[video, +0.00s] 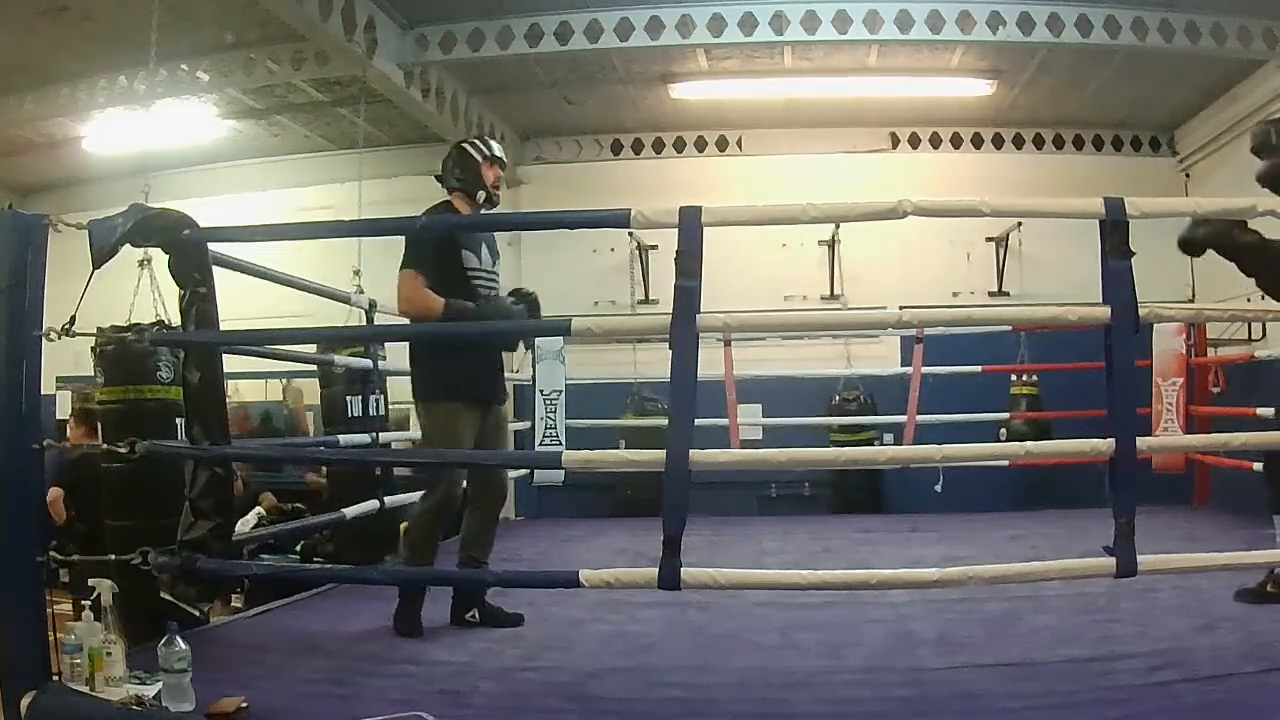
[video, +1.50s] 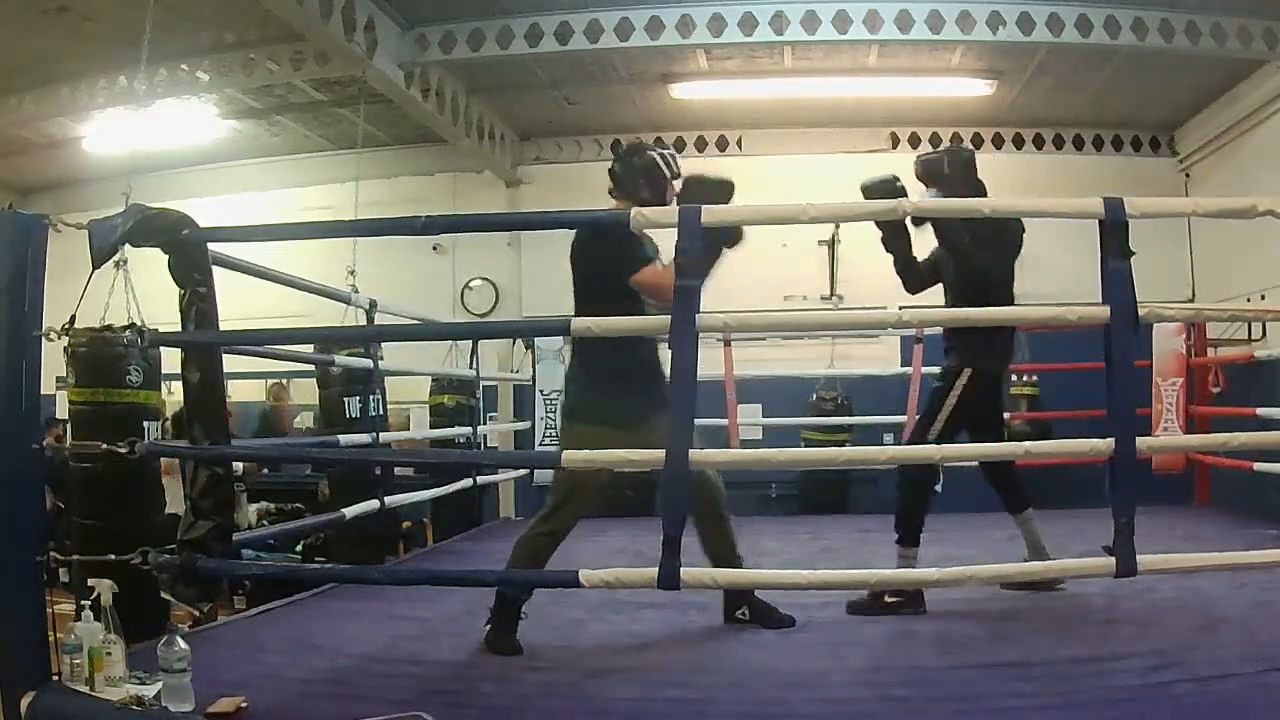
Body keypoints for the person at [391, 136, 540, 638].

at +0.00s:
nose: (499, 176)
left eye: (499, 169)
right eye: (491, 166)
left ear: (485, 177)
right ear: (464, 167)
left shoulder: (483, 235)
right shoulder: (432, 224)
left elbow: (477, 303)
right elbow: (408, 298)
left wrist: (513, 305)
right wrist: (475, 312)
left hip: (487, 384)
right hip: (444, 385)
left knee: (490, 489)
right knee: (444, 489)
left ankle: (469, 600)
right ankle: (409, 599)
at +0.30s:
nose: (538, 208)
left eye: (540, 201)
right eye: (536, 198)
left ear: (524, 194)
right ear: (519, 190)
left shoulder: (511, 232)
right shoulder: (470, 224)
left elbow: (550, 298)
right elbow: (524, 276)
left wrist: (575, 241)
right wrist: (555, 229)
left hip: (506, 375)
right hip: (478, 375)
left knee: (494, 484)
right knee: (513, 477)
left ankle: (468, 595)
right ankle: (498, 602)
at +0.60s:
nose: (600, 183)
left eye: (600, 173)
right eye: (595, 173)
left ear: (561, 176)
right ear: (570, 176)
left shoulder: (570, 228)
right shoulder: (527, 223)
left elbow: (570, 295)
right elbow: (539, 302)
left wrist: (616, 284)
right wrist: (605, 289)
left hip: (581, 383)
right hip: (542, 385)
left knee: (617, 483)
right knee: (551, 499)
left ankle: (530, 560)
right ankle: (539, 620)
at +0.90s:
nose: (693, 190)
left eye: (690, 182)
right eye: (684, 182)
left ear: (664, 191)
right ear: (655, 187)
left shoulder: (676, 244)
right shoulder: (609, 234)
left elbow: (727, 297)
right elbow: (641, 296)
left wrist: (764, 253)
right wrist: (684, 259)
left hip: (673, 403)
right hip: (610, 402)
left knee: (720, 491)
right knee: (583, 506)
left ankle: (743, 595)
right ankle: (542, 614)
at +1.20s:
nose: (739, 192)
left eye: (739, 185)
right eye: (733, 184)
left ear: (713, 187)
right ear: (705, 184)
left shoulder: (726, 230)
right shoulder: (654, 222)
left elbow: (801, 247)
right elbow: (679, 298)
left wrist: (870, 220)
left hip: (686, 388)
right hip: (629, 383)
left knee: (727, 482)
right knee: (592, 491)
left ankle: (744, 592)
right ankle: (537, 594)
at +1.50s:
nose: (672, 198)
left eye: (672, 188)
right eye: (665, 188)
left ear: (627, 188)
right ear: (638, 187)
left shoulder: (630, 236)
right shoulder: (607, 233)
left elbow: (668, 296)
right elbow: (672, 291)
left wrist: (703, 246)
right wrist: (711, 243)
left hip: (640, 406)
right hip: (602, 407)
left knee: (705, 491)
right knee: (561, 514)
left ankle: (739, 597)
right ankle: (503, 616)